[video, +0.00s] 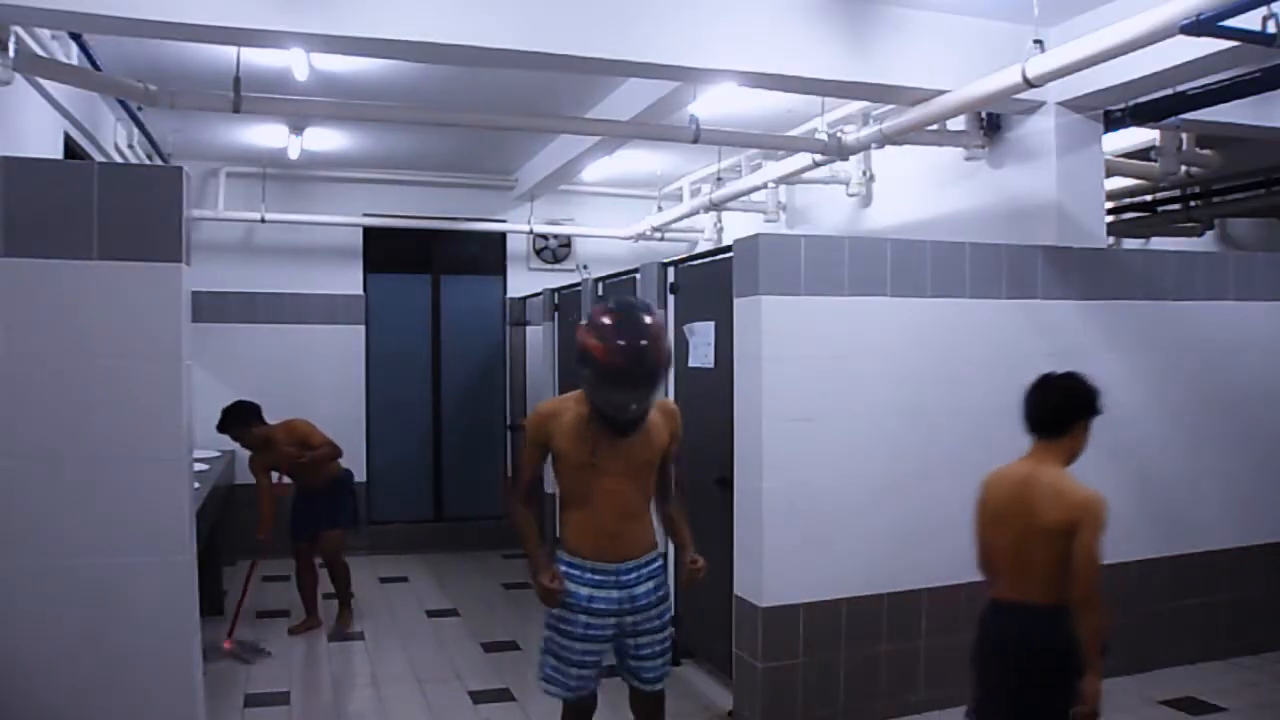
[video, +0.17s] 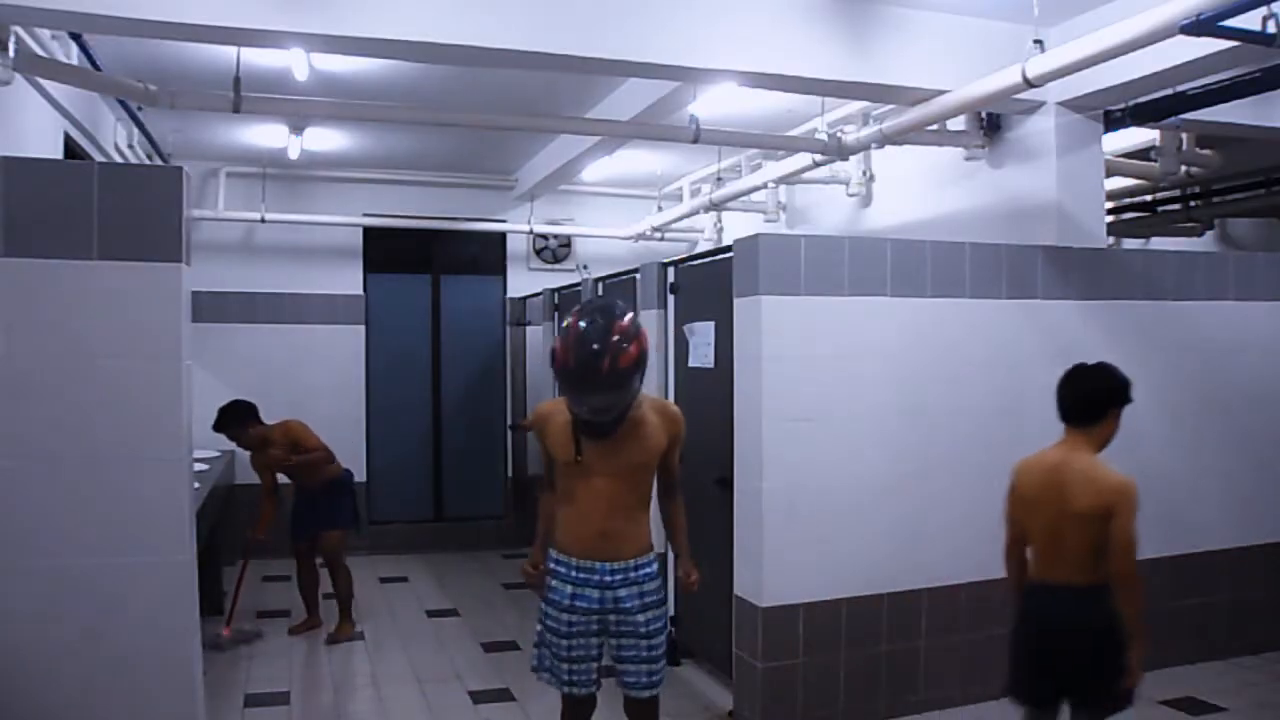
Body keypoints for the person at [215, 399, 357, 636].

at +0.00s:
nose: (240, 445)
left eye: (239, 438)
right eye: (235, 440)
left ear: (253, 427)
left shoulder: (296, 430)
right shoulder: (258, 461)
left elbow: (334, 450)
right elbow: (266, 500)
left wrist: (304, 457)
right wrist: (264, 531)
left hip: (335, 487)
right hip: (306, 492)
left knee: (331, 552)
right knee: (302, 554)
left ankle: (345, 609)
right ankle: (312, 616)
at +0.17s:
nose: (237, 445)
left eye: (237, 438)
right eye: (233, 440)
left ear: (251, 426)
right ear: (248, 428)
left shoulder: (291, 430)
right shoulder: (259, 459)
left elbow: (327, 456)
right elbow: (270, 495)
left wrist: (290, 460)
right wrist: (261, 530)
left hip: (334, 488)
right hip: (305, 493)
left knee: (332, 553)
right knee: (303, 555)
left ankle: (346, 620)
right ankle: (312, 617)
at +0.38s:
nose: (239, 446)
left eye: (239, 439)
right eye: (235, 441)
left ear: (252, 429)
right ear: (252, 429)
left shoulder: (294, 439)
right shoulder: (265, 454)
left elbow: (321, 474)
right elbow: (271, 494)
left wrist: (279, 474)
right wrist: (259, 527)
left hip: (337, 494)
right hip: (308, 497)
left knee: (335, 560)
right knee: (301, 557)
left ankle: (341, 630)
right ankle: (313, 616)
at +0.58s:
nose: (248, 452)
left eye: (248, 445)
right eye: (244, 446)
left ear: (264, 436)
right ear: (262, 437)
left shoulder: (305, 446)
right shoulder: (269, 461)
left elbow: (328, 482)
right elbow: (272, 499)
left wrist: (291, 486)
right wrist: (260, 532)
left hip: (343, 499)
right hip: (312, 501)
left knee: (338, 566)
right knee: (305, 560)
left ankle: (341, 632)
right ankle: (314, 617)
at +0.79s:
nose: (262, 455)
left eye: (264, 448)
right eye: (260, 450)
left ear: (279, 442)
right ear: (272, 446)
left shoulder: (323, 449)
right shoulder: (275, 470)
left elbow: (350, 486)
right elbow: (274, 513)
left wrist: (307, 491)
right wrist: (258, 549)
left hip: (349, 504)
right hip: (317, 505)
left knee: (342, 568)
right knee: (307, 560)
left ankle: (342, 632)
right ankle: (313, 615)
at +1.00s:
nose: (282, 452)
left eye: (285, 446)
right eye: (280, 447)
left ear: (303, 441)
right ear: (283, 444)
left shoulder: (340, 448)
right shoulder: (283, 468)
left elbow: (362, 484)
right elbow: (276, 513)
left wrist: (326, 490)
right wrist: (265, 553)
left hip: (350, 506)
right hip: (316, 507)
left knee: (344, 568)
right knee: (301, 566)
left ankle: (343, 632)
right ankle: (307, 608)